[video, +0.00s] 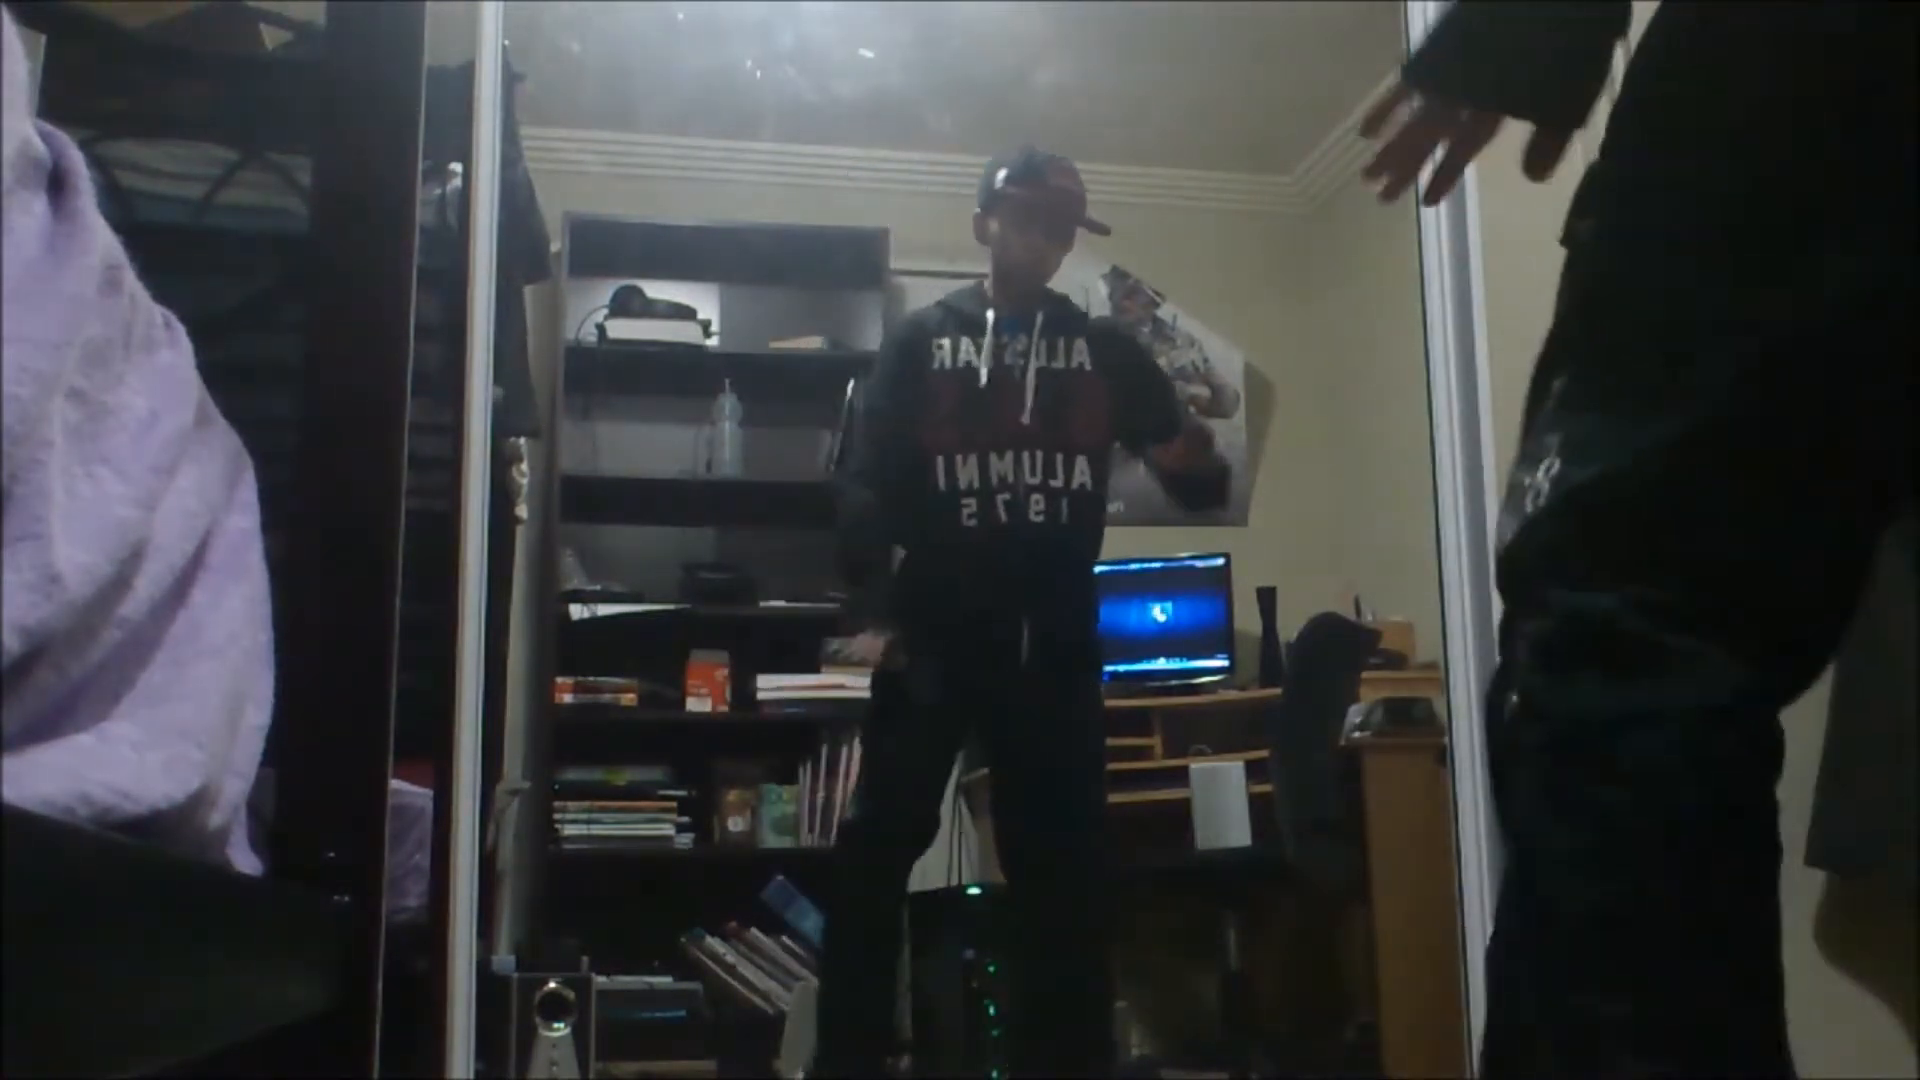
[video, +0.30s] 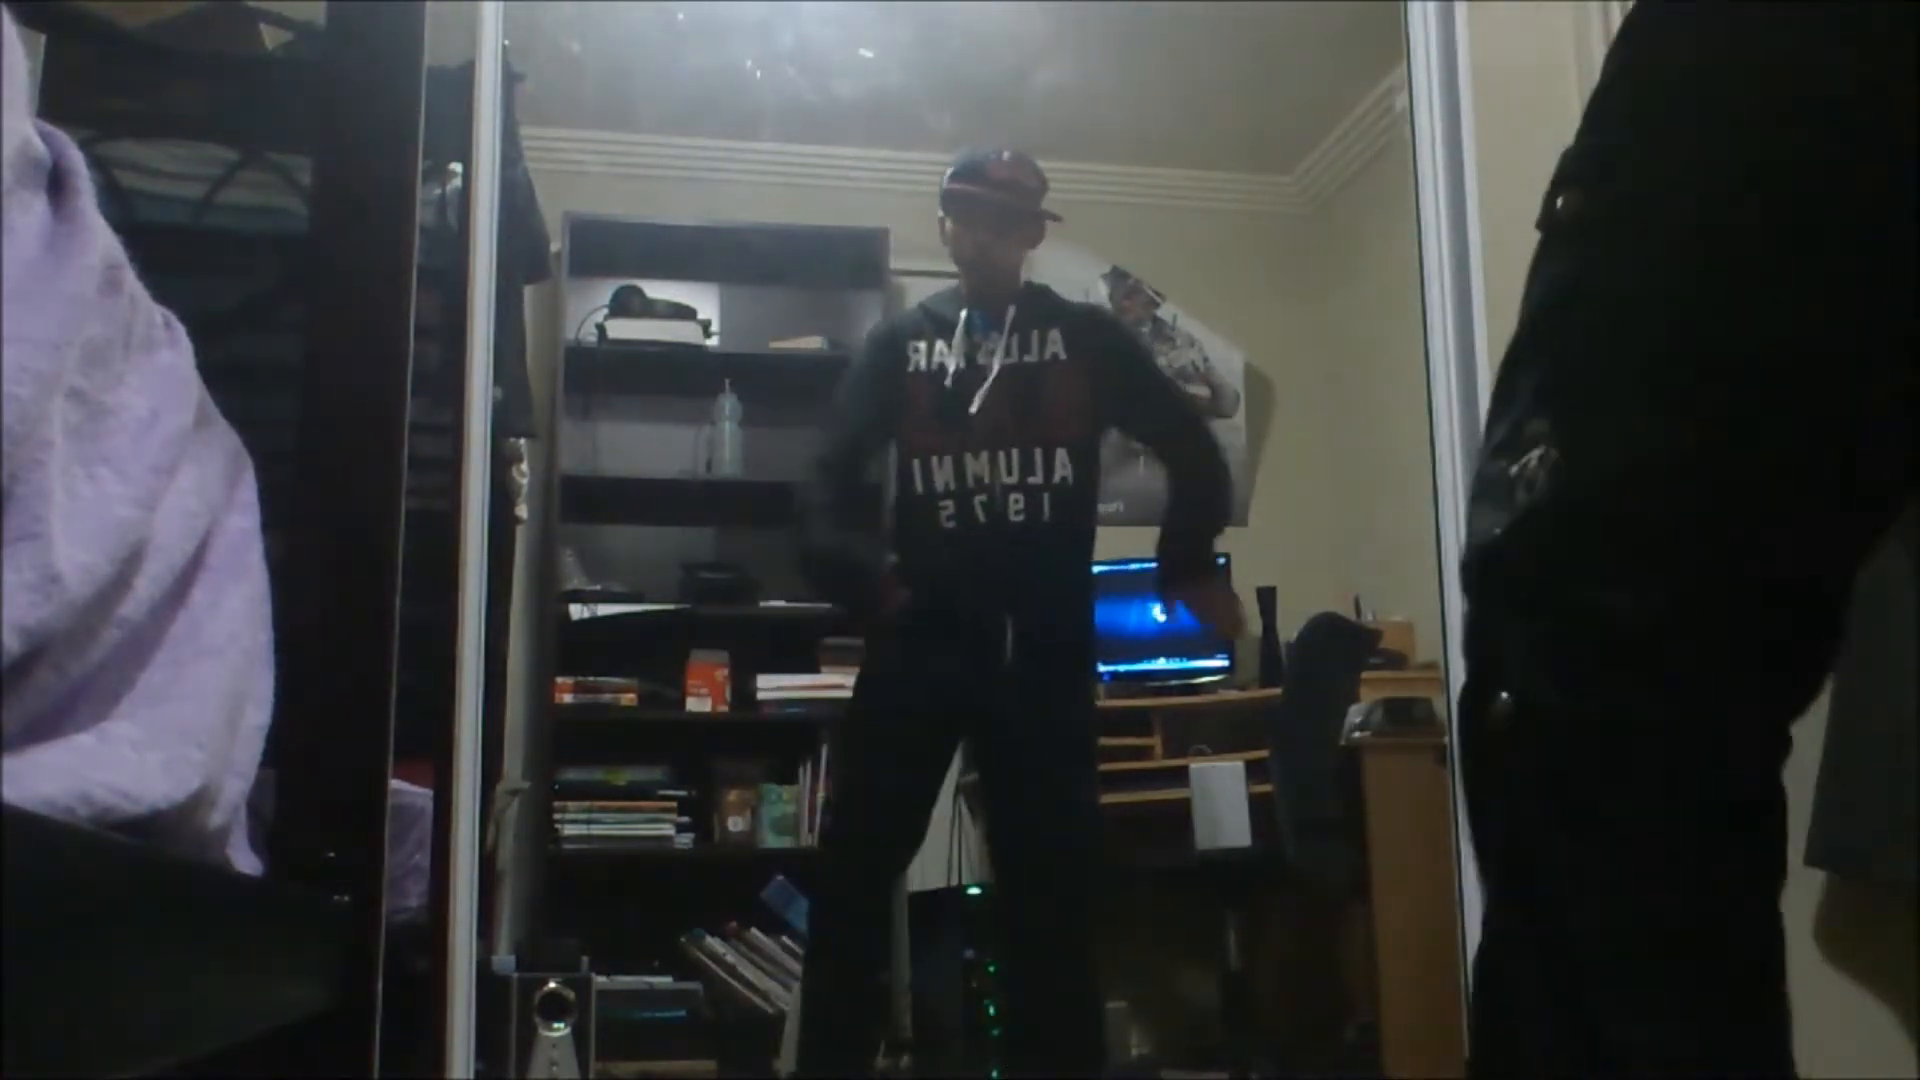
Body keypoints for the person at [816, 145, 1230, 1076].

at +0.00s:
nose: (1051, 238)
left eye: (1064, 225)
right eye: (1033, 217)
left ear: (1075, 237)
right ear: (987, 222)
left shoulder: (1107, 347)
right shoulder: (921, 339)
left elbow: (1202, 484)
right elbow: (864, 480)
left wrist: (1179, 441)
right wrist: (869, 605)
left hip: (1052, 628)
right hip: (934, 625)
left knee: (1060, 862)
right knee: (875, 853)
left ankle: (1067, 1063)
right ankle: (852, 1062)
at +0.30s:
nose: (982, 237)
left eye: (1004, 220)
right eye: (968, 216)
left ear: (1038, 229)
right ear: (945, 223)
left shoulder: (1090, 338)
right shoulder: (898, 342)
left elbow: (1196, 453)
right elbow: (830, 477)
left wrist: (1188, 563)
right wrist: (856, 582)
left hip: (1042, 642)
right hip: (918, 640)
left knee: (1050, 885)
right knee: (852, 872)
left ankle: (1059, 1069)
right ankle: (831, 1071)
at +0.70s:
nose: (933, 239)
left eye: (957, 224)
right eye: (922, 222)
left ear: (996, 234)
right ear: (904, 230)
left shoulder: (1053, 339)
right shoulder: (873, 353)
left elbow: (1098, 493)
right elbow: (853, 523)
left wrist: (1087, 529)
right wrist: (800, 602)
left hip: (1022, 634)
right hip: (904, 634)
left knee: (1054, 869)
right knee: (828, 852)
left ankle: (1055, 1065)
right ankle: (767, 1063)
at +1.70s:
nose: (975, 239)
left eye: (988, 223)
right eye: (957, 218)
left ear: (997, 225)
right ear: (903, 213)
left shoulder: (1009, 339)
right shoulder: (829, 327)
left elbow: (1053, 481)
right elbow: (790, 479)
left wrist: (1088, 598)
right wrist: (895, 519)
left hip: (989, 637)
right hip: (869, 639)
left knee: (1048, 863)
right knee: (856, 880)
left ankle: (1091, 1063)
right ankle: (848, 1068)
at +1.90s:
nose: (1001, 238)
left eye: (1014, 221)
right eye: (983, 217)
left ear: (1027, 223)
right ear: (933, 212)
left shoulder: (1042, 337)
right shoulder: (862, 313)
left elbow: (1099, 470)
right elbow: (786, 424)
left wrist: (1152, 594)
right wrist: (919, 412)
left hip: (1005, 627)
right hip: (889, 623)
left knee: (1042, 867)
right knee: (867, 875)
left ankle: (1055, 1064)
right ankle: (850, 1065)